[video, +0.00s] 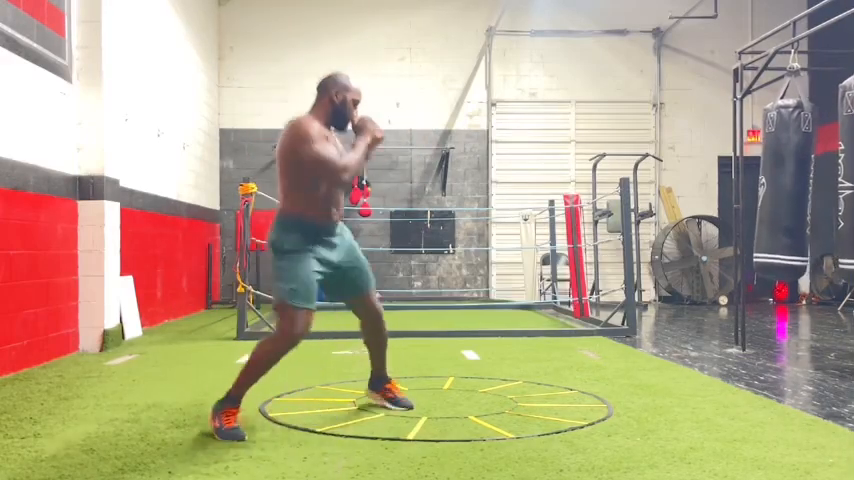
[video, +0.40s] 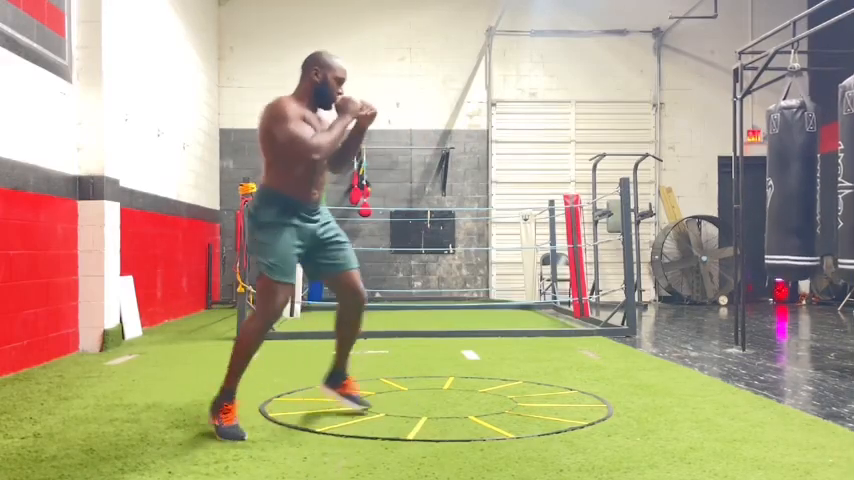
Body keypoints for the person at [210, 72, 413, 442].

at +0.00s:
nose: (356, 111)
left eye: (358, 105)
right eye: (353, 103)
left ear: (335, 97)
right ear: (333, 96)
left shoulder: (333, 136)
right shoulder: (303, 129)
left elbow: (337, 176)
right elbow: (344, 171)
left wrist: (362, 149)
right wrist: (365, 139)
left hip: (337, 237)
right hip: (297, 239)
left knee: (372, 311)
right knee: (293, 329)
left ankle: (380, 381)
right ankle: (228, 406)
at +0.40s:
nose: (341, 90)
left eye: (343, 84)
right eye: (338, 82)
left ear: (318, 75)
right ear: (314, 74)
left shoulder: (323, 118)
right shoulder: (282, 110)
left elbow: (338, 165)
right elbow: (317, 149)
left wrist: (360, 129)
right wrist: (346, 116)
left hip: (317, 217)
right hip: (276, 216)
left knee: (355, 296)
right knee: (272, 306)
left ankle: (338, 375)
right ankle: (224, 400)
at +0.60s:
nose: (315, 119)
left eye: (317, 112)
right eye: (313, 111)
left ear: (297, 105)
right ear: (291, 103)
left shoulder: (298, 146)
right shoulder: (258, 136)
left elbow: (306, 197)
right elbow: (289, 185)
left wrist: (336, 165)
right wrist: (326, 149)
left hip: (293, 243)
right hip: (252, 242)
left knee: (334, 319)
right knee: (246, 328)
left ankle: (317, 395)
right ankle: (167, 410)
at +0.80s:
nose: (285, 93)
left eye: (287, 88)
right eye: (282, 86)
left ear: (264, 78)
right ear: (261, 75)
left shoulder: (264, 121)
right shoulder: (227, 104)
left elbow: (262, 172)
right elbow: (261, 150)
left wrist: (293, 145)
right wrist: (291, 124)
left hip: (248, 217)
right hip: (209, 214)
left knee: (287, 301)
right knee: (199, 313)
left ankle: (302, 389)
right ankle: (157, 415)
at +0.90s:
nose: (273, 84)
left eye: (275, 78)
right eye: (271, 75)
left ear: (250, 67)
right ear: (247, 64)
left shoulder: (250, 110)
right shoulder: (215, 92)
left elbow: (256, 165)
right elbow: (252, 136)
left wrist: (286, 129)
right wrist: (279, 112)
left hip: (232, 209)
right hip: (194, 204)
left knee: (267, 292)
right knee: (189, 305)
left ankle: (254, 380)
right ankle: (151, 406)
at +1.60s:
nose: (289, 116)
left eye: (291, 109)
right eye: (285, 108)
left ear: (283, 109)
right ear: (262, 101)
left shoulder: (281, 146)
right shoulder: (227, 137)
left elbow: (305, 186)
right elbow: (240, 176)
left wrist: (321, 157)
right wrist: (284, 150)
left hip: (272, 238)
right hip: (229, 237)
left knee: (301, 307)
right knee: (201, 314)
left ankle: (300, 384)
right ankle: (148, 401)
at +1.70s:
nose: (298, 101)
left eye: (300, 95)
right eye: (294, 93)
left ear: (282, 91)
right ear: (271, 88)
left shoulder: (294, 131)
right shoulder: (238, 124)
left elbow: (324, 168)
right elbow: (253, 163)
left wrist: (333, 132)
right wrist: (292, 127)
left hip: (284, 224)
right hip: (243, 221)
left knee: (302, 302)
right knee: (218, 300)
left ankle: (300, 384)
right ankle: (173, 385)